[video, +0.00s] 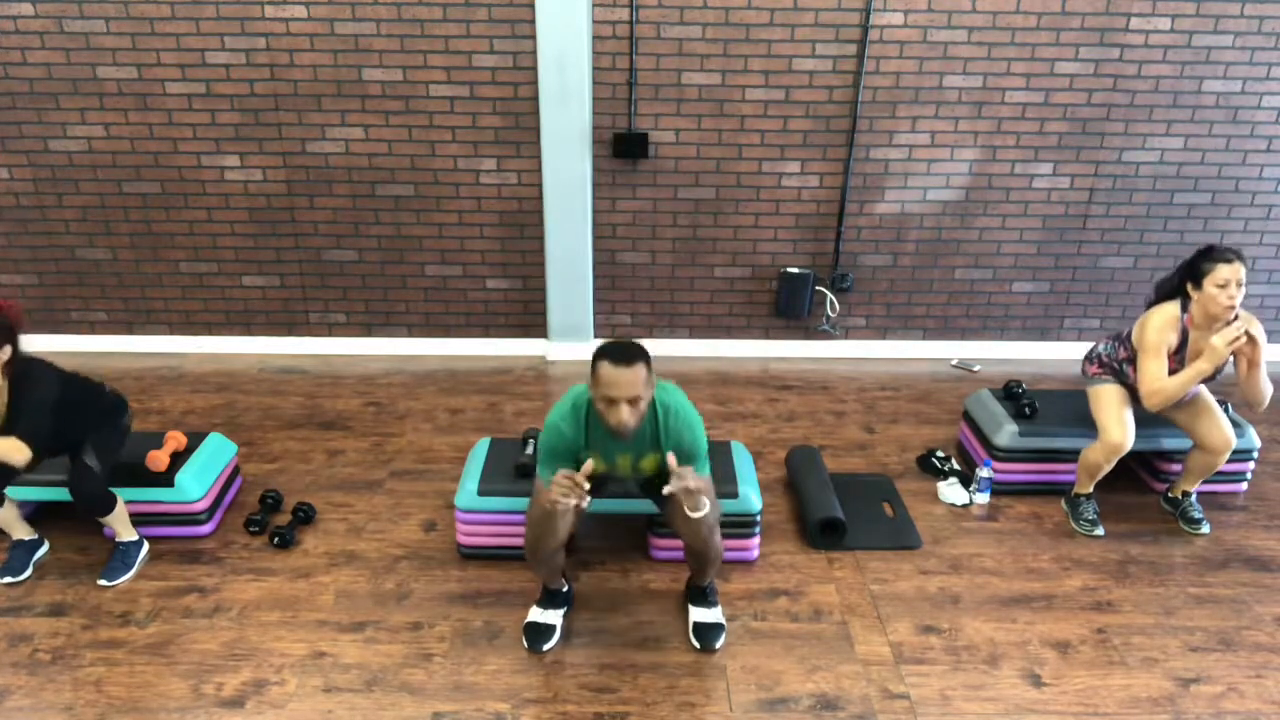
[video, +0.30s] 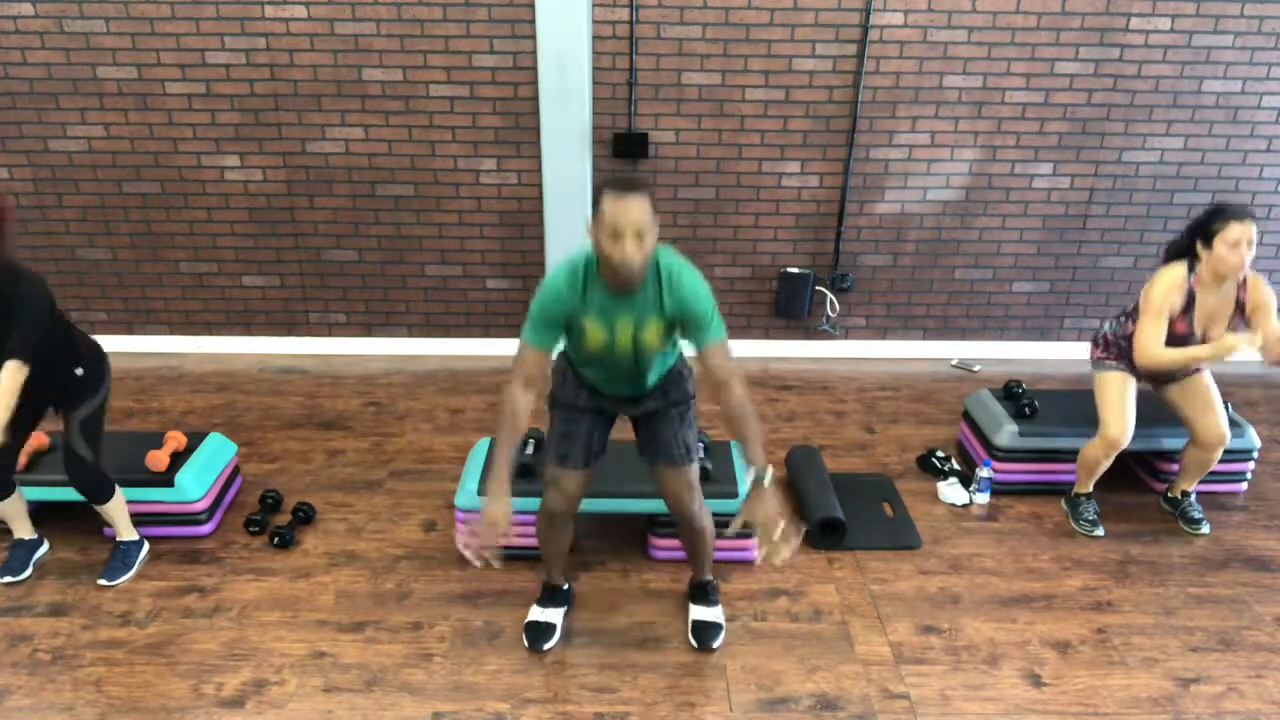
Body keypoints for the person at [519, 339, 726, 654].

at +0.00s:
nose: (622, 416)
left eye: (634, 402)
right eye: (609, 402)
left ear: (651, 388)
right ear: (592, 391)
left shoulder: (678, 415)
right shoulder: (564, 420)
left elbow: (707, 515)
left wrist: (694, 494)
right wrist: (553, 500)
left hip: (659, 474)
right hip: (587, 474)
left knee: (703, 531)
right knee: (542, 543)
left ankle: (702, 591)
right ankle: (553, 593)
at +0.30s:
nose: (628, 251)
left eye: (640, 236)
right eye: (616, 237)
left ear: (655, 236)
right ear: (594, 236)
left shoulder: (683, 285)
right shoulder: (562, 287)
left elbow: (725, 381)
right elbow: (524, 385)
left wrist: (762, 477)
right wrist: (498, 491)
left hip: (660, 382)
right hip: (584, 381)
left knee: (683, 499)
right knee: (559, 498)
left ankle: (704, 587)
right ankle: (554, 589)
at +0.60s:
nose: (628, 165)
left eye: (640, 150)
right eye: (615, 150)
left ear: (656, 148)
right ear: (593, 148)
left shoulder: (687, 204)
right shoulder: (558, 212)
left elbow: (743, 267)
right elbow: (503, 278)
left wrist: (777, 336)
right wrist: (464, 344)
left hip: (666, 370)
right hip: (586, 369)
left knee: (685, 480)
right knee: (569, 484)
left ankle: (708, 584)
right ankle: (555, 588)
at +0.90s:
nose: (633, 174)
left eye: (645, 159)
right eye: (618, 159)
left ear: (663, 150)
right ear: (597, 150)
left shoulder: (694, 197)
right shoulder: (561, 203)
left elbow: (732, 220)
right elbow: (503, 231)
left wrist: (755, 250)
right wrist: (463, 271)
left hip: (670, 367)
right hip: (592, 368)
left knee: (687, 477)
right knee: (572, 482)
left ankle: (708, 584)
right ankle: (556, 587)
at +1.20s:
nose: (630, 194)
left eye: (643, 179)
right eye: (616, 179)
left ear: (660, 168)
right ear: (596, 170)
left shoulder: (690, 219)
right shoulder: (564, 229)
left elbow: (731, 303)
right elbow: (524, 314)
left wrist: (752, 377)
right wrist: (502, 411)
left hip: (671, 364)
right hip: (593, 365)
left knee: (691, 477)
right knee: (574, 479)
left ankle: (709, 582)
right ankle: (555, 585)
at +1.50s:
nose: (629, 361)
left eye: (641, 345)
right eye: (616, 345)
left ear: (656, 327)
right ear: (599, 327)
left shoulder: (685, 350)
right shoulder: (571, 365)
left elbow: (710, 448)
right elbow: (556, 464)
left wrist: (703, 488)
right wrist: (570, 485)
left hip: (665, 427)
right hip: (596, 428)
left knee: (706, 506)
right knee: (553, 510)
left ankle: (709, 589)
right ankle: (554, 591)